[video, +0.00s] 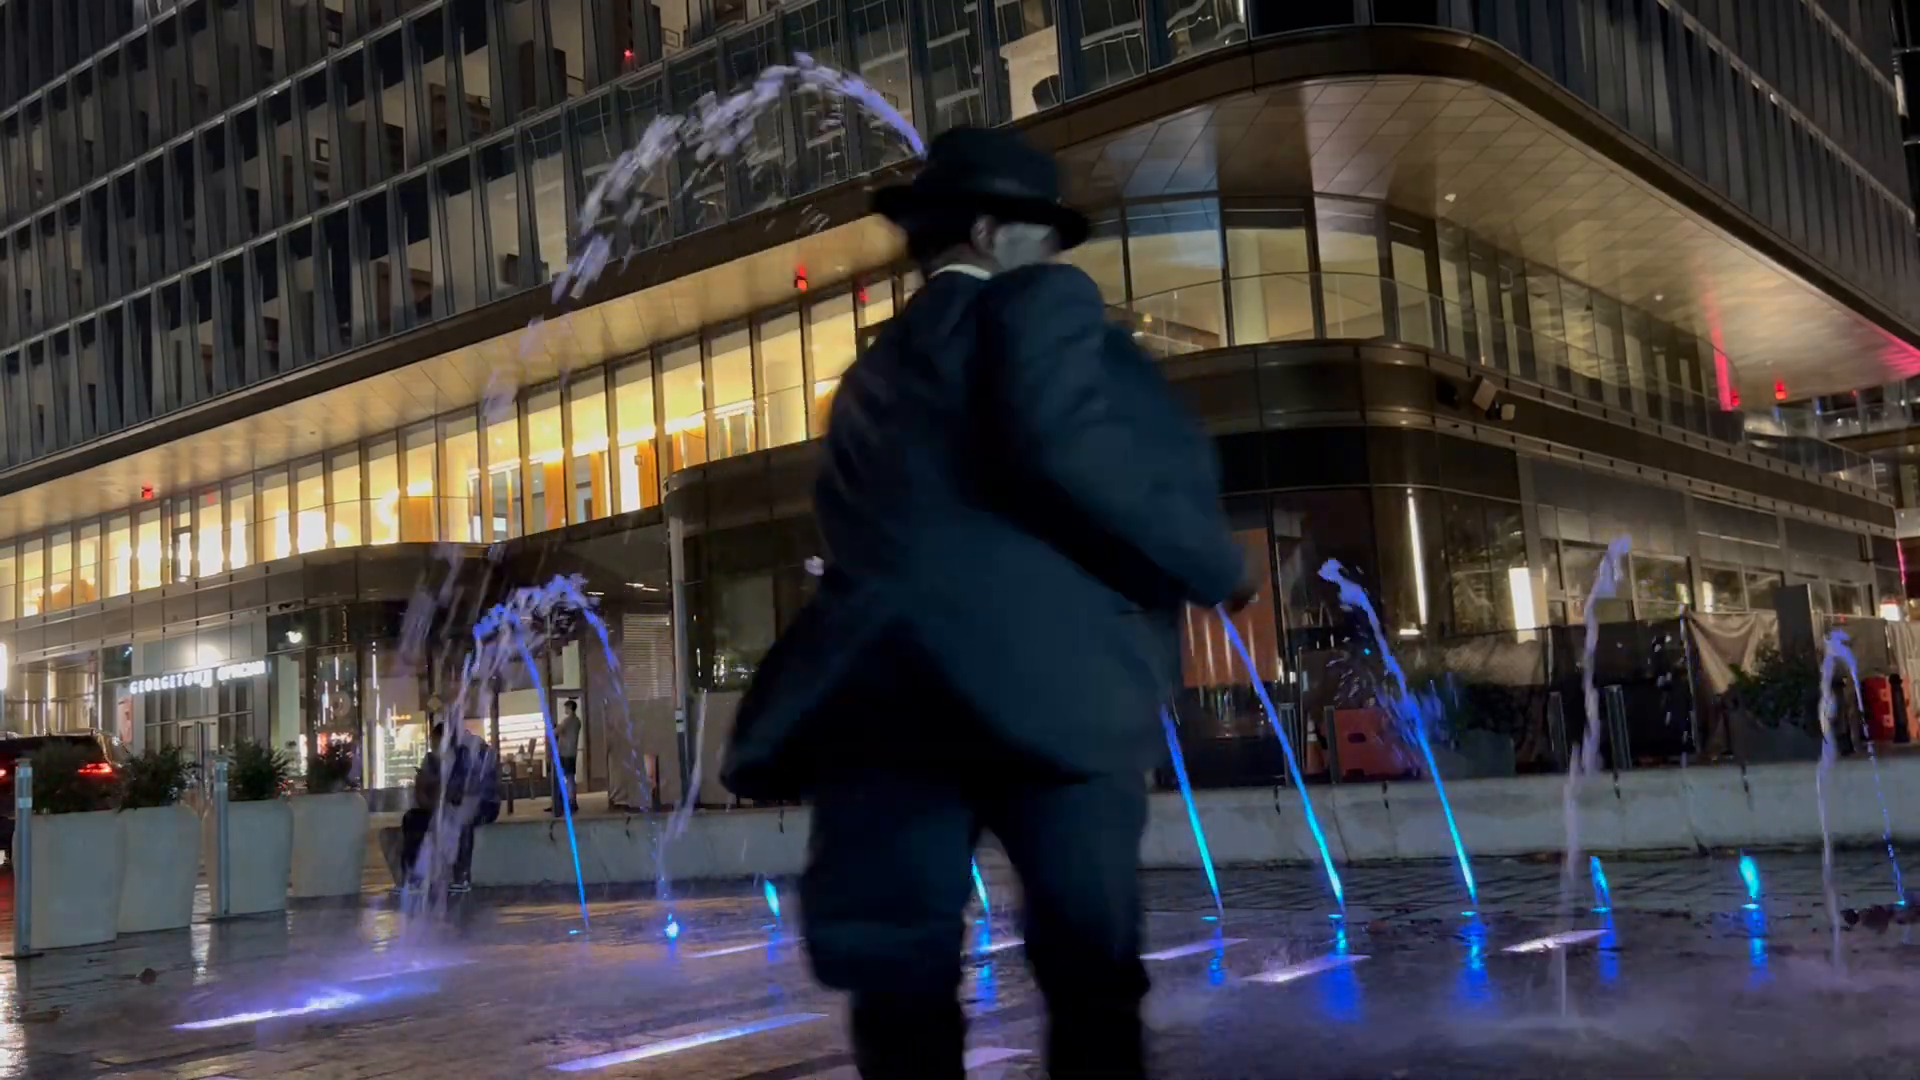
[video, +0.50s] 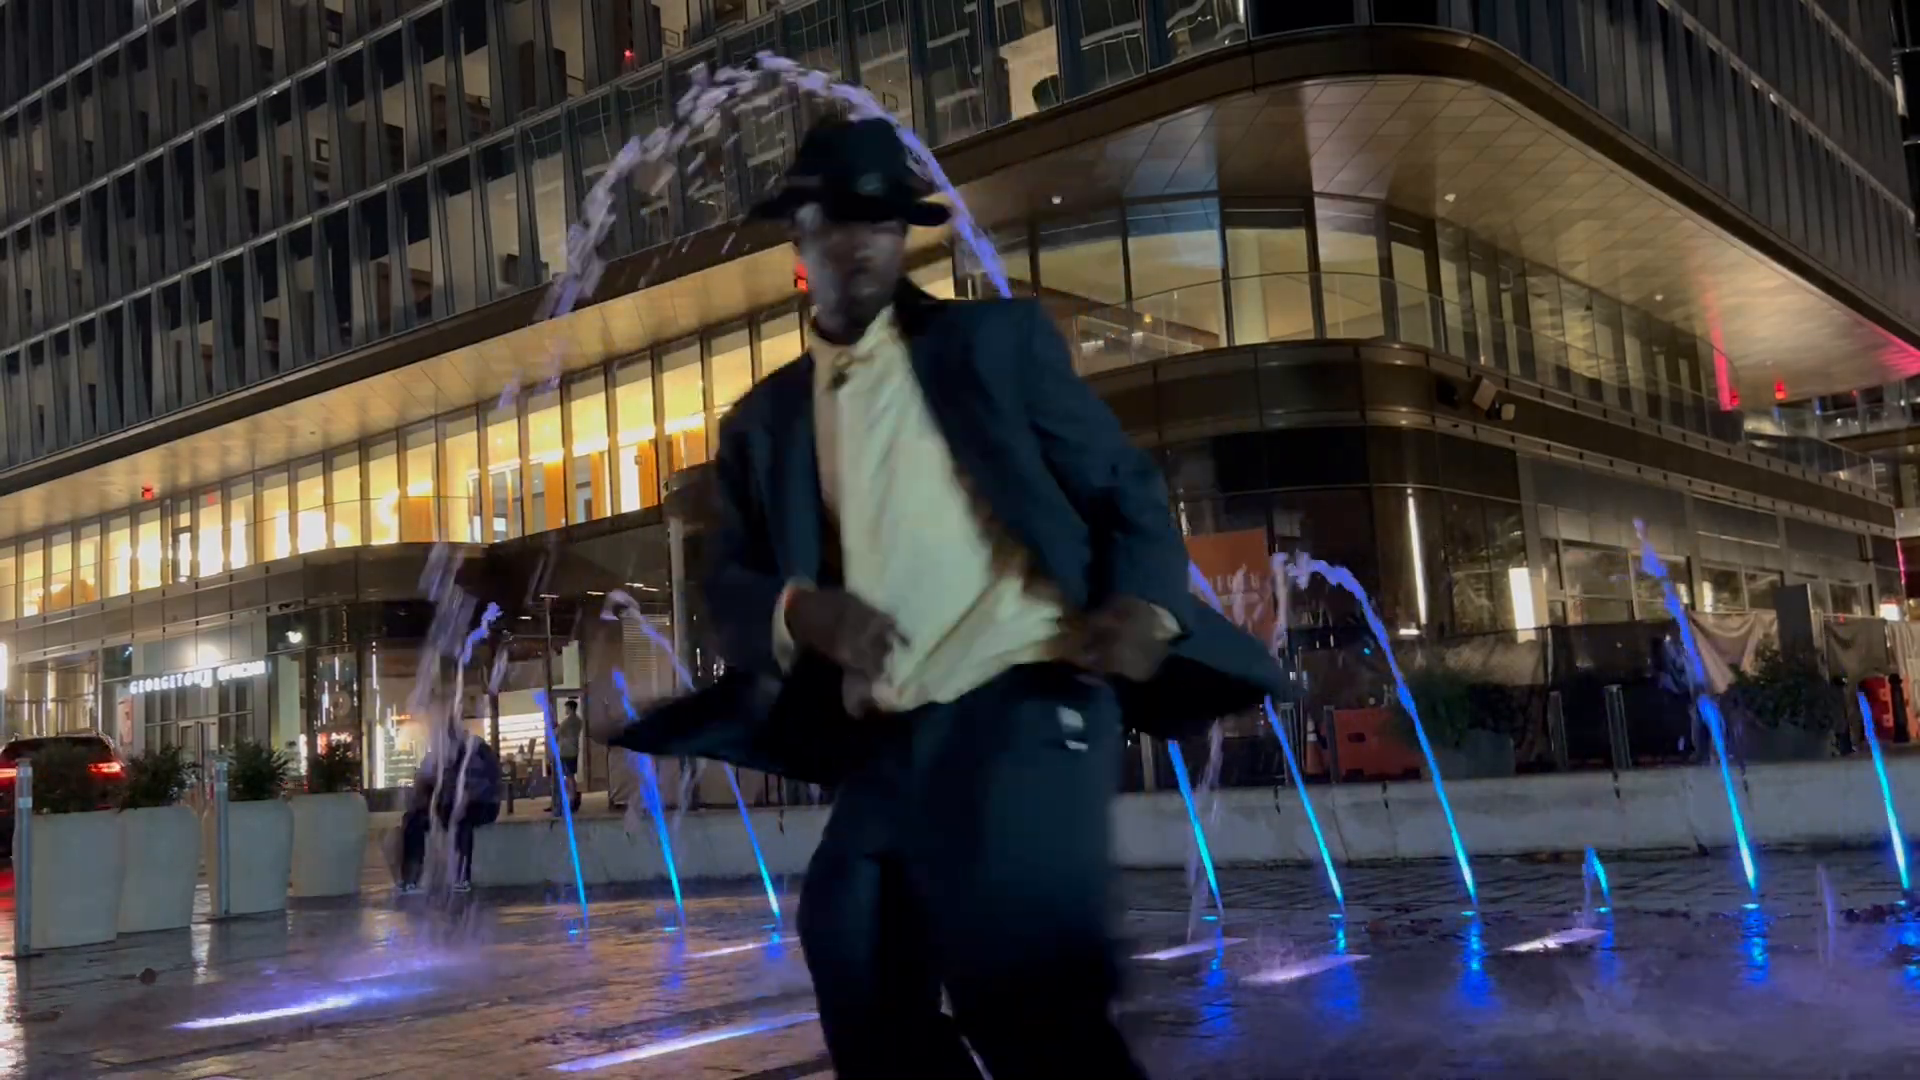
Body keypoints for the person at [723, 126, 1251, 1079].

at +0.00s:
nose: (1060, 248)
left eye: (1056, 230)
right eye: (1047, 229)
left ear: (933, 240)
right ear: (1002, 231)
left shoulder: (871, 369)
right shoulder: (1036, 299)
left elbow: (846, 523)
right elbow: (1067, 434)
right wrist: (1216, 564)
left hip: (880, 702)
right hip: (1041, 686)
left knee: (900, 994)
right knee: (1093, 989)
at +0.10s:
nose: (1094, 242)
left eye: (1097, 221)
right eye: (1078, 216)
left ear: (1009, 212)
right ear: (1002, 211)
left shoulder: (962, 312)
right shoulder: (996, 297)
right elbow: (985, 451)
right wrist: (1194, 505)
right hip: (994, 723)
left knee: (993, 988)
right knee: (1145, 984)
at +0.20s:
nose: (1094, 212)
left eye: (1096, 189)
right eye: (1073, 184)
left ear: (1009, 191)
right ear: (989, 184)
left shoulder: (1025, 326)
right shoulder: (919, 279)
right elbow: (835, 436)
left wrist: (1081, 558)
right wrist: (1037, 480)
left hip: (998, 680)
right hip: (942, 687)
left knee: (1074, 926)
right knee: (1087, 923)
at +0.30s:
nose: (1057, 184)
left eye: (1060, 160)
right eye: (1032, 155)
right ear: (948, 158)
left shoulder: (1072, 319)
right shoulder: (831, 283)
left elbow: (1094, 482)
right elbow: (718, 443)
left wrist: (1127, 565)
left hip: (1067, 681)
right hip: (923, 687)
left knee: (1101, 990)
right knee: (1016, 988)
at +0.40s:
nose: (948, 200)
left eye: (964, 177)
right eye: (923, 172)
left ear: (982, 191)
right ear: (864, 182)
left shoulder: (1047, 319)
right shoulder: (762, 349)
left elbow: (1116, 474)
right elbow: (697, 519)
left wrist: (1152, 588)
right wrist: (813, 535)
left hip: (1064, 705)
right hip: (886, 728)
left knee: (1101, 993)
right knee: (905, 1014)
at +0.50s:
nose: (858, 242)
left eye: (880, 219)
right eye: (833, 219)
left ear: (908, 235)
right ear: (797, 239)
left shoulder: (1003, 340)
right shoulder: (760, 422)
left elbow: (1129, 486)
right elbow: (724, 592)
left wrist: (1144, 604)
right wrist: (797, 608)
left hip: (1031, 705)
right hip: (888, 737)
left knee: (1024, 982)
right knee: (844, 938)